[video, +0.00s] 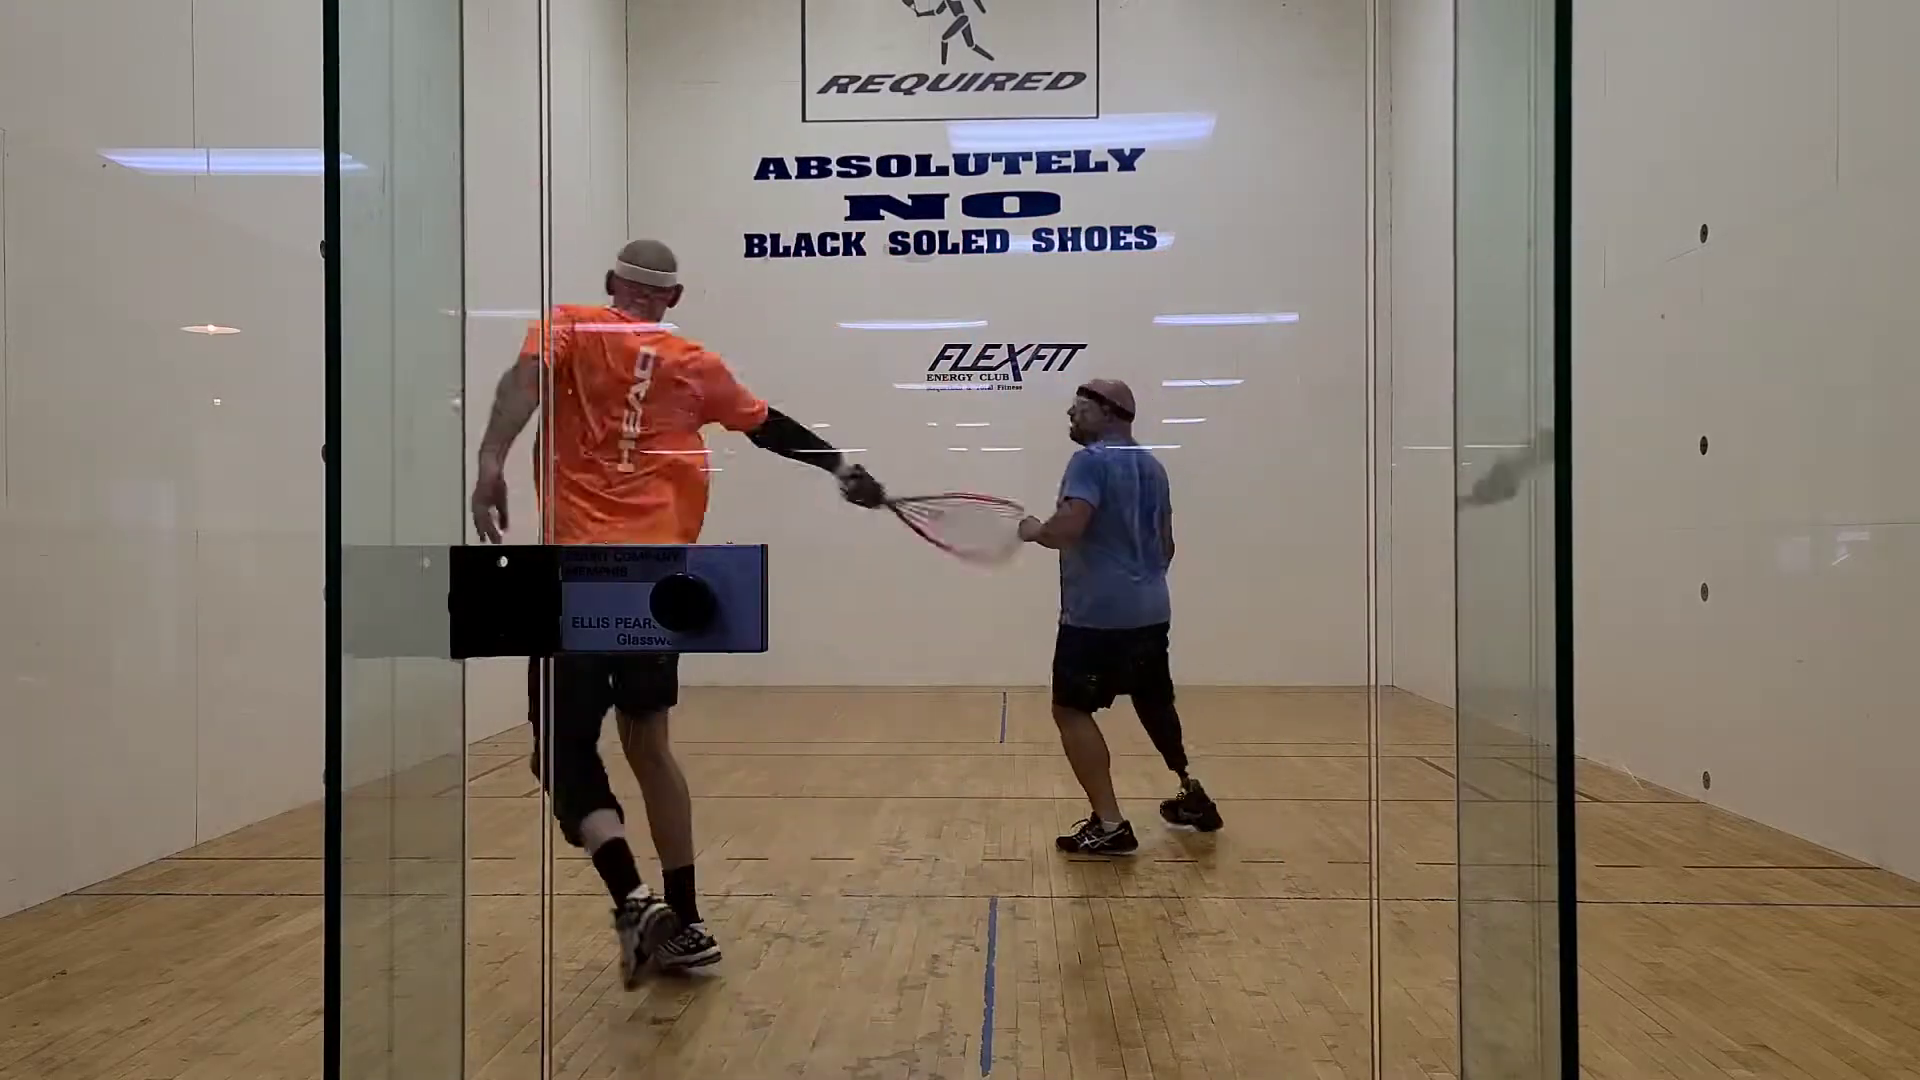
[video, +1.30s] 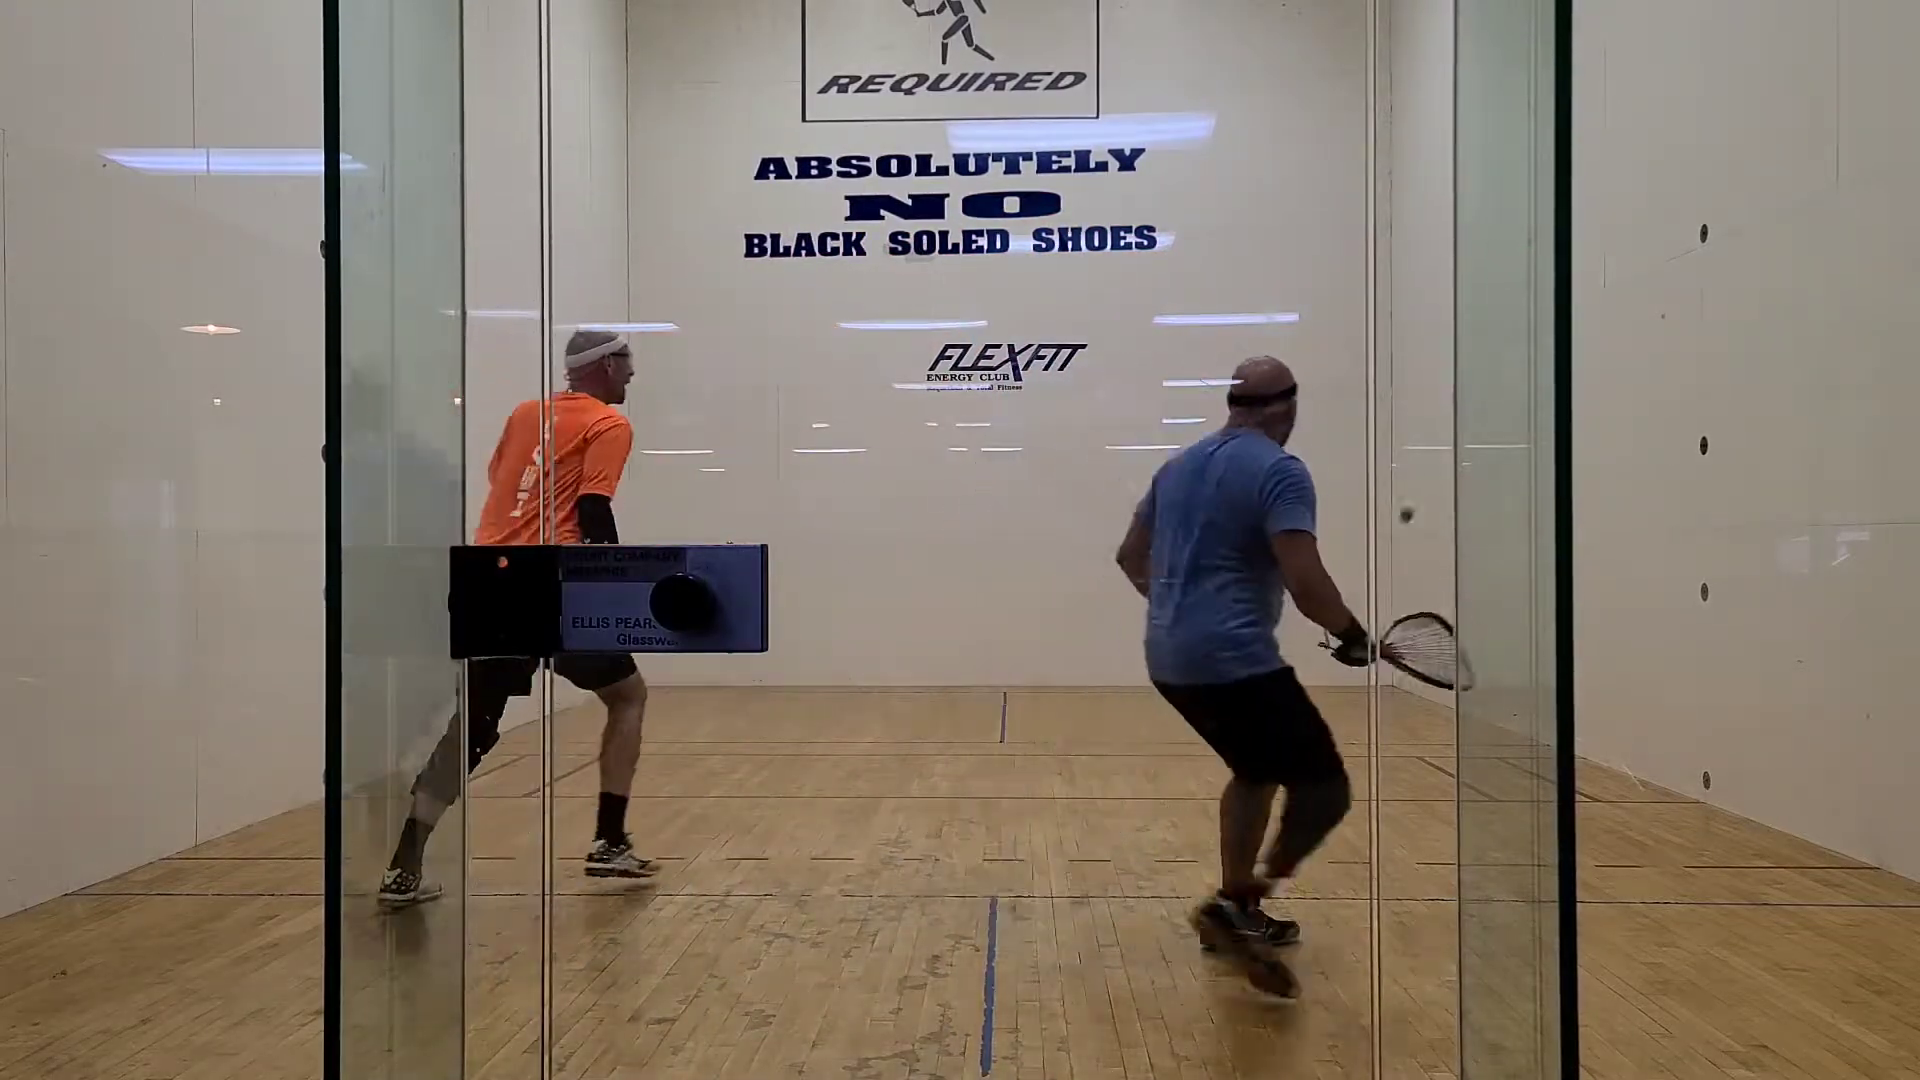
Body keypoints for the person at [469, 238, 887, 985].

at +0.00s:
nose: (644, 304)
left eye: (645, 292)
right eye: (645, 292)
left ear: (612, 285)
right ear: (671, 298)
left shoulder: (564, 327)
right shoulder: (693, 362)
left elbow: (523, 384)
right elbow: (767, 425)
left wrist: (488, 468)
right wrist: (840, 461)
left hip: (574, 576)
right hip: (662, 580)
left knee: (564, 750)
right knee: (650, 742)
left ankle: (633, 902)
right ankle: (683, 920)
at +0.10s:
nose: (598, 313)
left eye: (597, 303)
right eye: (605, 304)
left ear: (581, 300)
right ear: (643, 307)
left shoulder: (547, 331)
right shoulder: (669, 366)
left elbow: (499, 349)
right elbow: (730, 427)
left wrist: (459, 401)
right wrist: (796, 474)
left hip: (556, 569)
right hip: (648, 572)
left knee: (526, 738)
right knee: (636, 740)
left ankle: (558, 912)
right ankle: (677, 921)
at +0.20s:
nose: (630, 338)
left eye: (620, 327)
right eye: (632, 329)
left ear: (576, 321)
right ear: (636, 328)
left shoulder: (537, 353)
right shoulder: (645, 378)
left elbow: (467, 364)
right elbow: (650, 431)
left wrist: (402, 387)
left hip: (531, 585)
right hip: (624, 590)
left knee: (506, 746)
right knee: (626, 754)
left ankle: (489, 919)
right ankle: (675, 924)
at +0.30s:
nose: (630, 350)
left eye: (628, 340)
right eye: (629, 341)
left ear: (572, 332)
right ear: (624, 339)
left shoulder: (516, 369)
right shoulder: (630, 393)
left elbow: (433, 393)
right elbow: (597, 444)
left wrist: (345, 435)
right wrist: (556, 488)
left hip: (500, 575)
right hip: (592, 581)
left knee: (497, 745)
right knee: (599, 742)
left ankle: (480, 921)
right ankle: (648, 883)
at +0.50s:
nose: (606, 334)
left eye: (603, 322)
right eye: (606, 324)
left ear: (551, 315)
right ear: (599, 323)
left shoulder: (497, 362)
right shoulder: (595, 385)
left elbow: (447, 449)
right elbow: (561, 475)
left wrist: (422, 517)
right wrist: (551, 568)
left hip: (475, 568)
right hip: (544, 575)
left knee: (483, 730)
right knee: (560, 725)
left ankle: (473, 900)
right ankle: (537, 869)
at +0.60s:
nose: (592, 329)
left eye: (588, 317)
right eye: (592, 319)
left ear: (536, 313)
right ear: (583, 320)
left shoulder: (492, 360)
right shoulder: (585, 387)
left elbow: (473, 453)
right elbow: (567, 487)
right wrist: (587, 582)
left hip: (466, 568)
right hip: (534, 575)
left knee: (473, 725)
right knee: (530, 728)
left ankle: (470, 890)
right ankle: (510, 877)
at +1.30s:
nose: (632, 370)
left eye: (630, 361)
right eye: (626, 361)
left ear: (579, 369)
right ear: (603, 367)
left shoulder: (526, 412)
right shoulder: (610, 424)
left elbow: (496, 475)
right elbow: (594, 511)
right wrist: (621, 589)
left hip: (488, 587)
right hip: (553, 592)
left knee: (473, 725)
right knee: (627, 696)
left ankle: (404, 866)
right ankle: (610, 842)